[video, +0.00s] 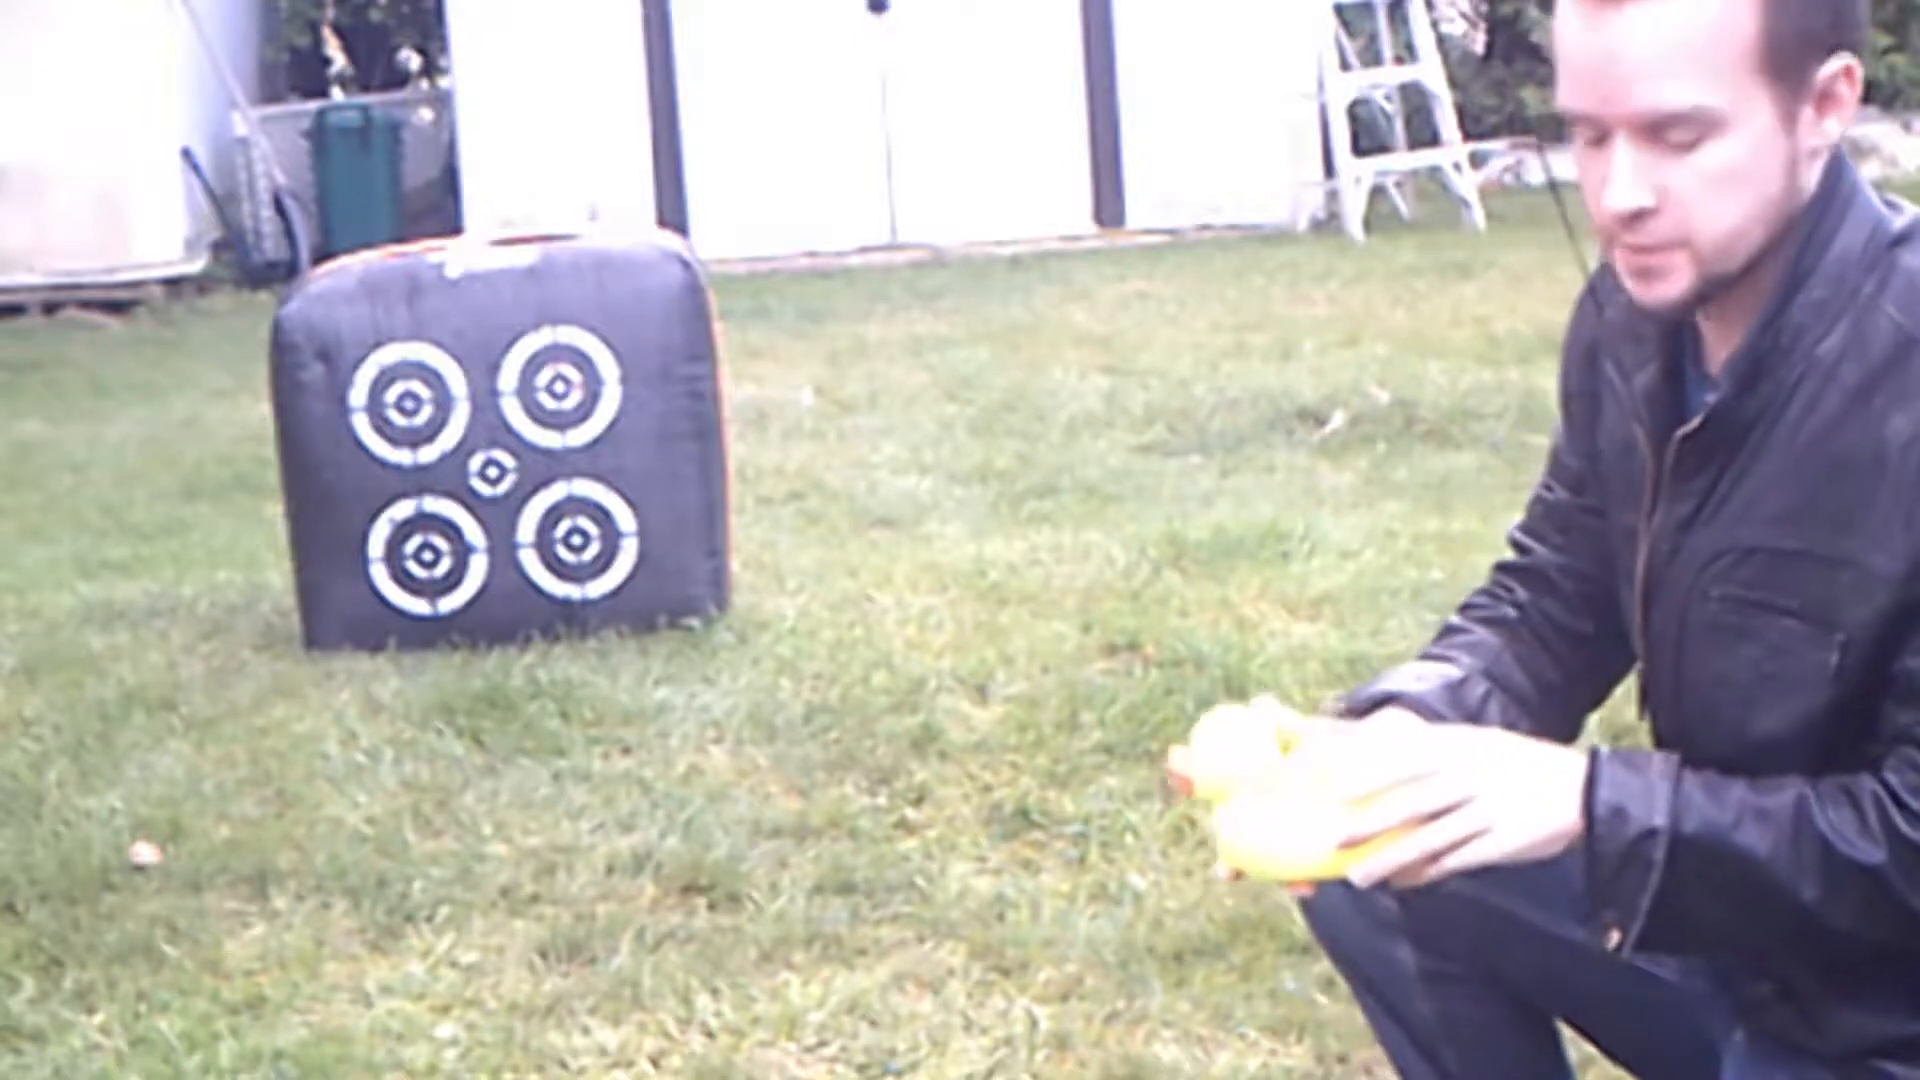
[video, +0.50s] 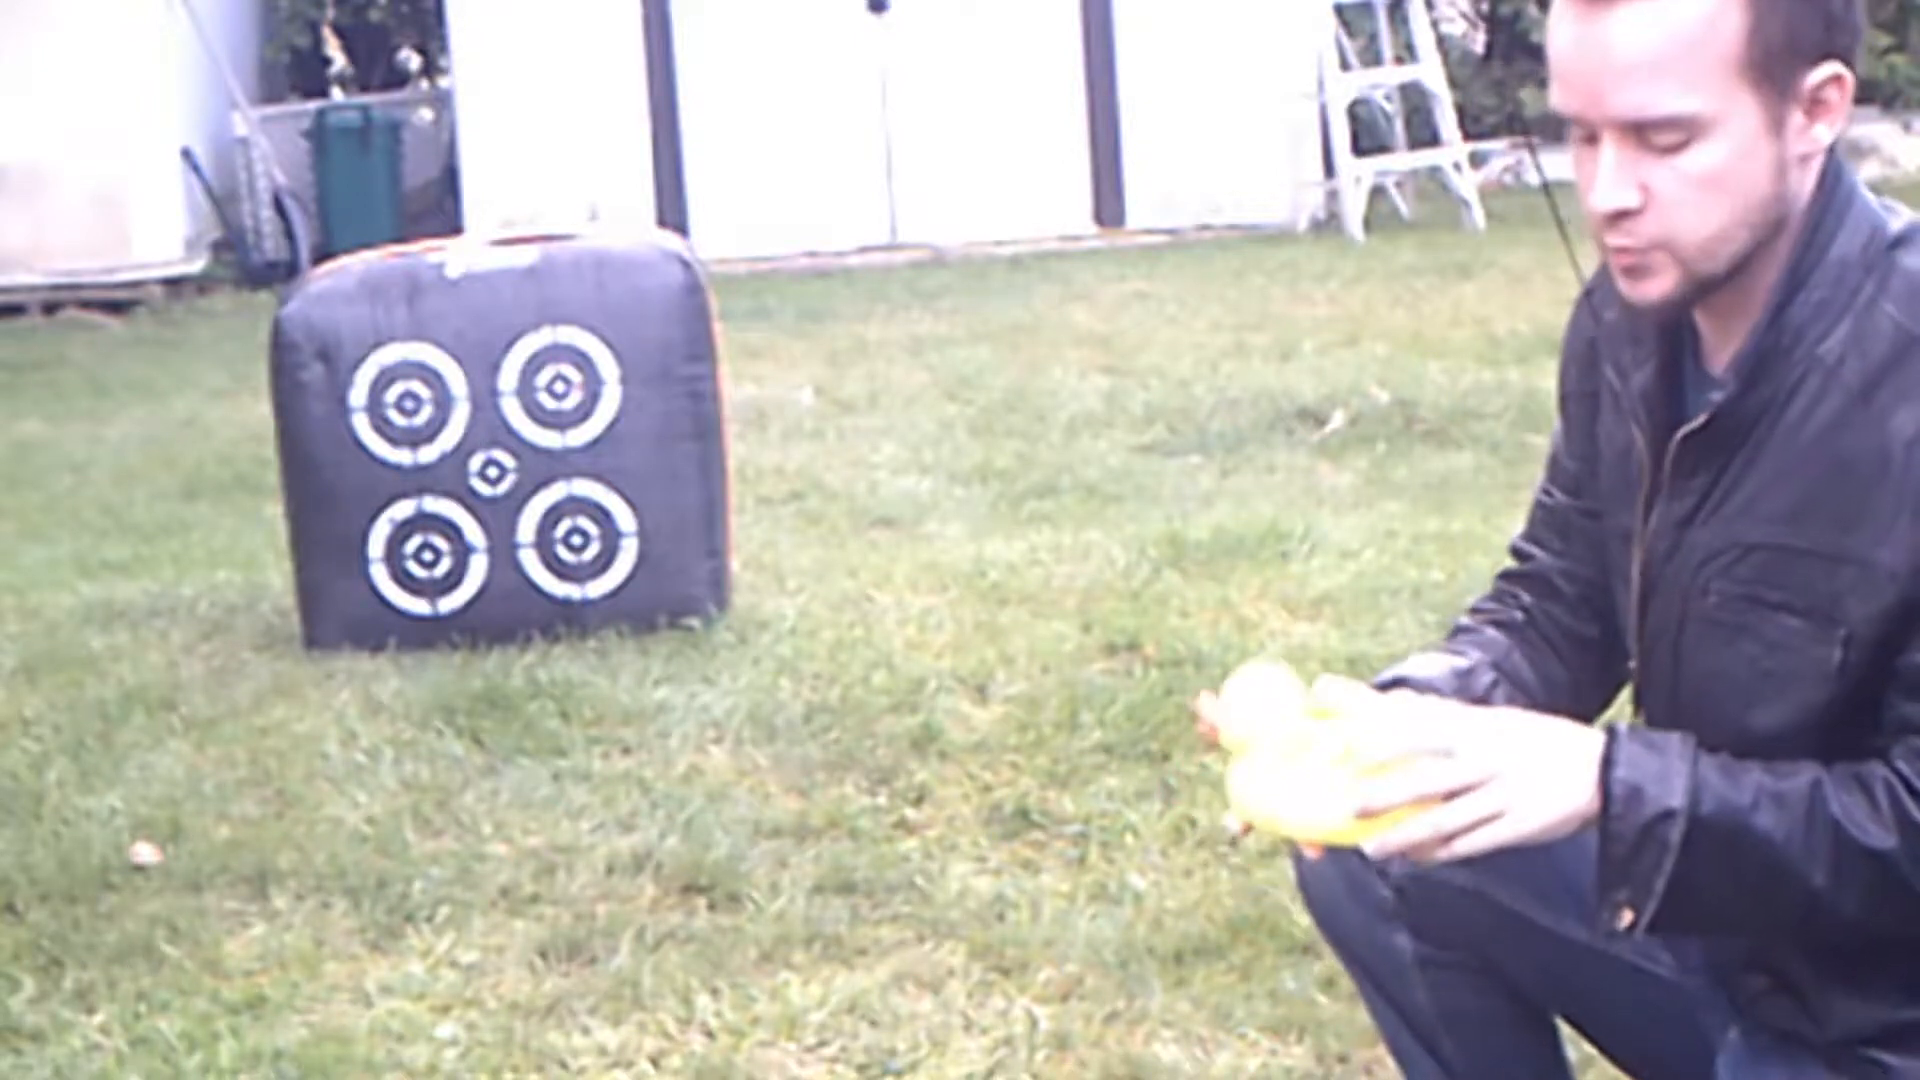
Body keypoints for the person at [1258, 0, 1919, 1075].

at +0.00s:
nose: (1619, 195)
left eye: (1679, 135)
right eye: (1590, 136)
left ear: (1826, 109)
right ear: (1562, 120)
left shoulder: (1903, 362)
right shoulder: (1629, 310)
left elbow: (1907, 837)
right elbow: (1559, 598)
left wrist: (1596, 798)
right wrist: (1393, 736)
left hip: (1872, 1034)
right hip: (1710, 939)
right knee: (1369, 865)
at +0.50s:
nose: (1606, 194)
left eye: (1665, 138)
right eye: (1582, 137)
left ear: (1816, 116)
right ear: (1558, 119)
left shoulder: (1903, 366)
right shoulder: (1627, 317)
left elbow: (1905, 825)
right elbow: (1560, 606)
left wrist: (1612, 782)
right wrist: (1397, 717)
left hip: (1875, 1038)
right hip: (1706, 944)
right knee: (1369, 854)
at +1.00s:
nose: (1660, 140)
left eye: (1719, 78)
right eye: (1616, 87)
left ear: (1838, 84)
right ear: (1580, 101)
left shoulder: (1903, 352)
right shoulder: (1602, 314)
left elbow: (1908, 816)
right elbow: (1544, 615)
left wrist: (1594, 788)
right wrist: (1400, 719)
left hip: (1868, 1039)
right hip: (1692, 943)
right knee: (1358, 862)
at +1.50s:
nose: (1610, 188)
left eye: (1665, 123)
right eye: (1570, 134)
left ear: (1799, 107)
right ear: (1540, 132)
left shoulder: (1902, 360)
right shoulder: (1590, 326)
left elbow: (1904, 839)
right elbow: (1536, 627)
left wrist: (1577, 812)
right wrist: (1391, 734)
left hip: (1871, 1040)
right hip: (1698, 954)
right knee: (1349, 866)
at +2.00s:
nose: (1546, 246)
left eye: (1599, 192)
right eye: (1523, 188)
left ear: (1763, 155)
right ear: (1501, 155)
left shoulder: (1900, 388)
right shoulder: (1594, 332)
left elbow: (1902, 852)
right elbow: (1541, 626)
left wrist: (1571, 830)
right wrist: (1393, 740)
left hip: (1870, 1042)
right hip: (1702, 964)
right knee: (1354, 872)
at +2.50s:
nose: (1538, 250)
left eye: (1592, 192)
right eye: (1515, 190)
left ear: (1755, 149)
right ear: (1493, 157)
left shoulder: (1897, 390)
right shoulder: (1585, 339)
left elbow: (1898, 854)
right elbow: (1532, 634)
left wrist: (1558, 848)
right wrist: (1376, 750)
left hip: (1873, 1042)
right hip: (1699, 977)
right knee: (1348, 874)